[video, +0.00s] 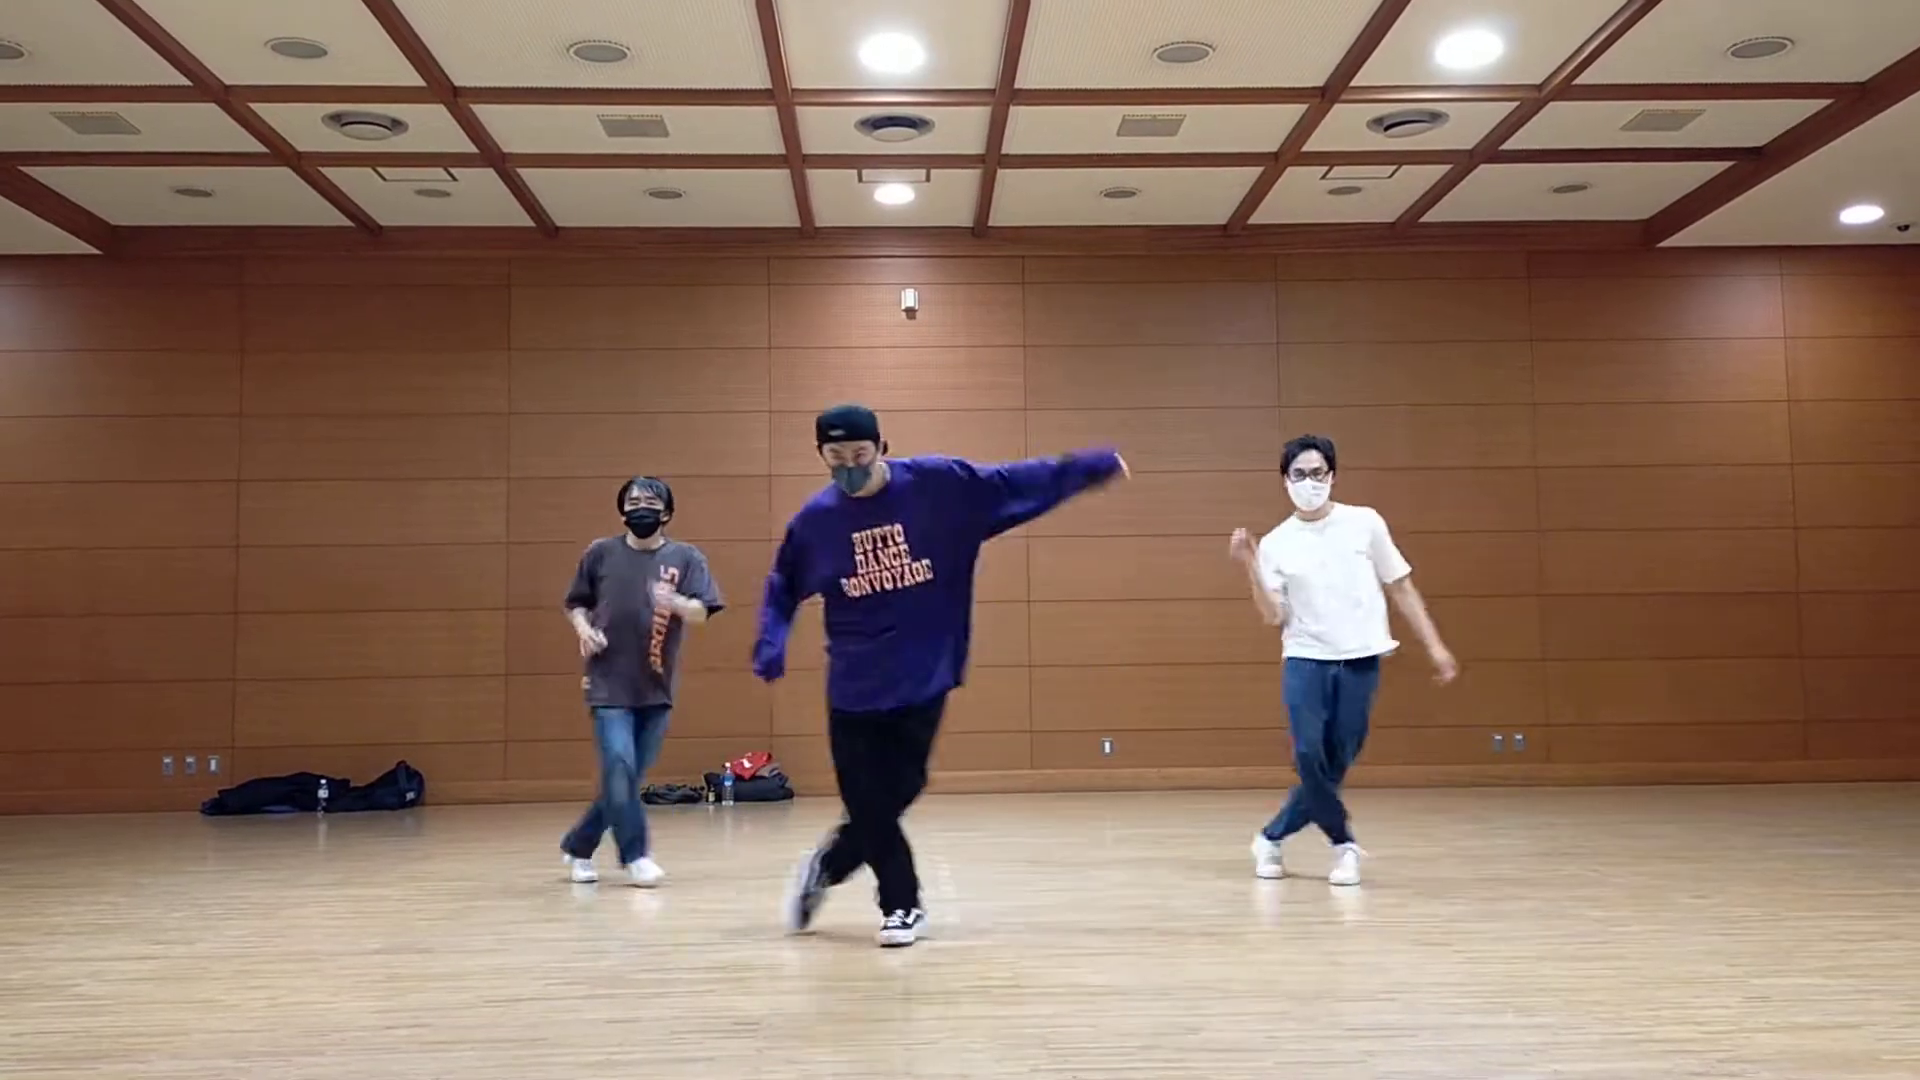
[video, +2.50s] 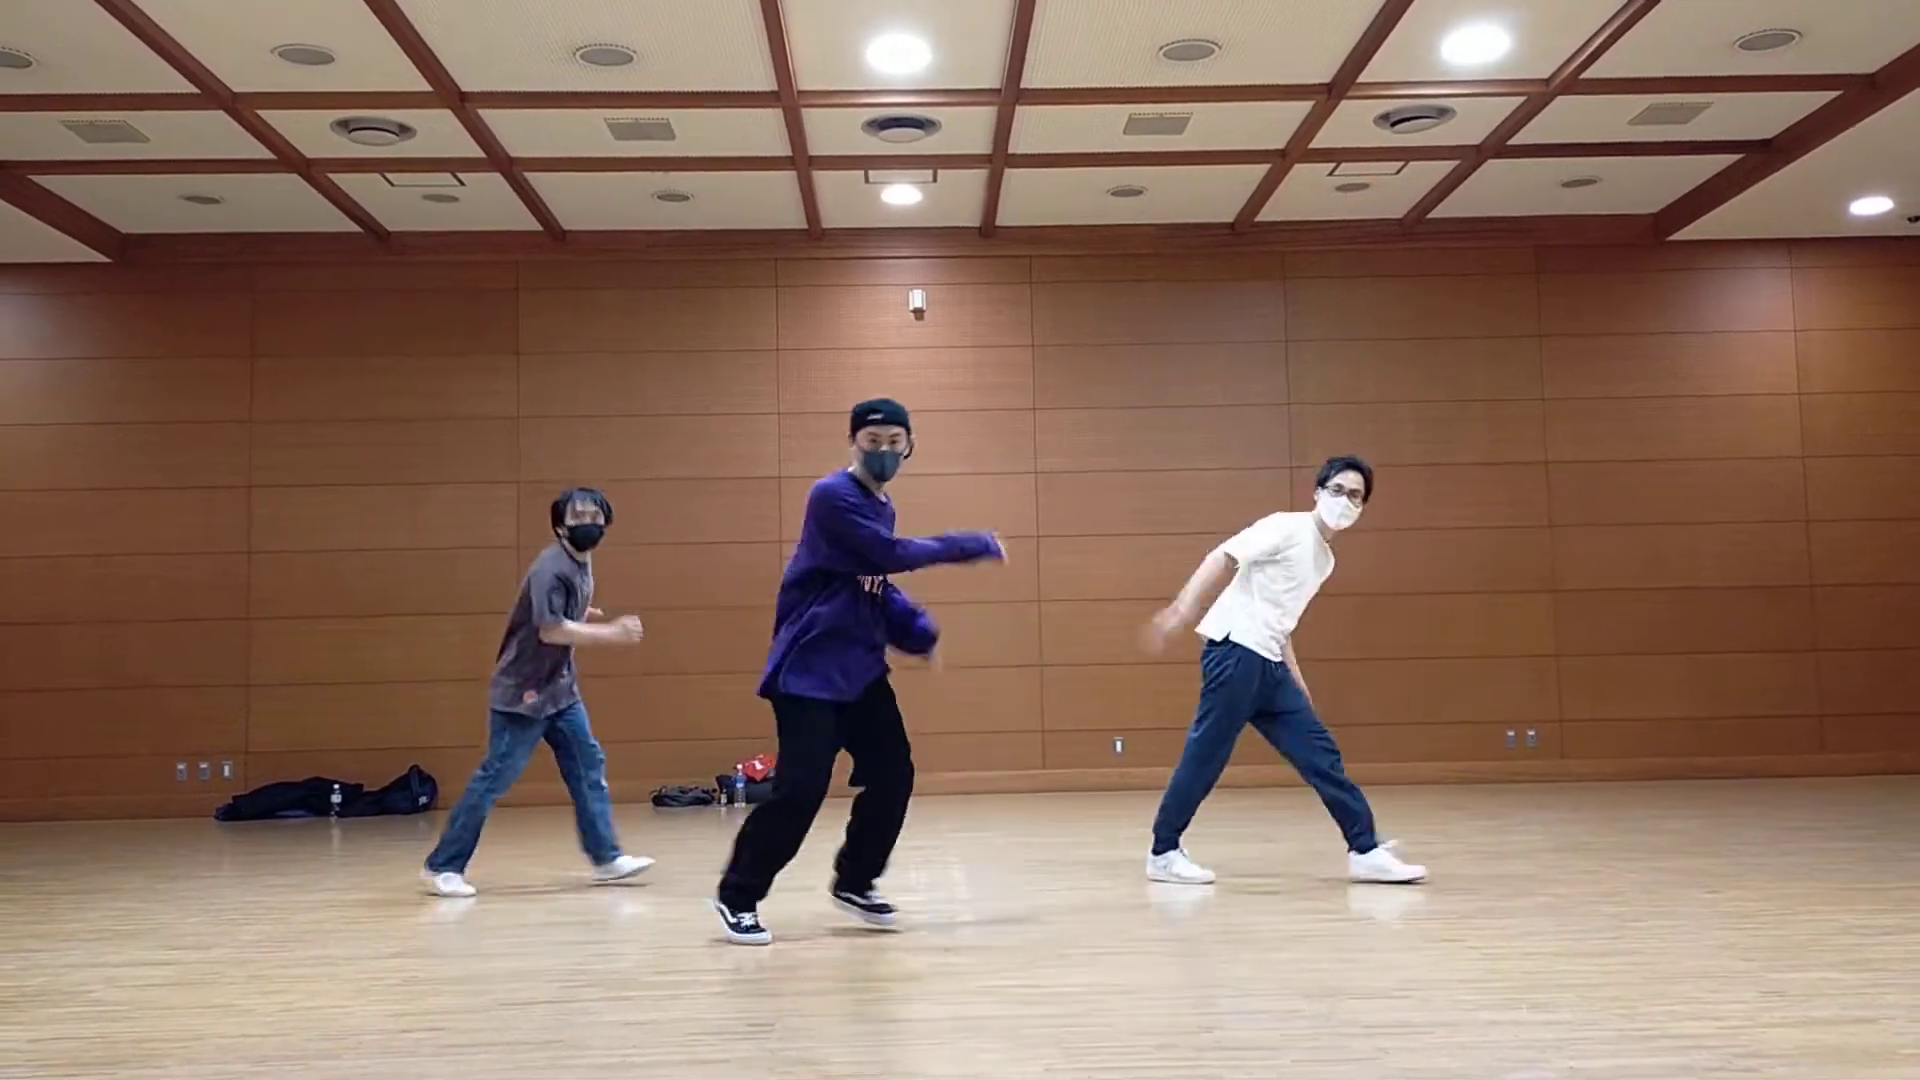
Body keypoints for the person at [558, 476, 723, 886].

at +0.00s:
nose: (641, 508)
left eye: (650, 502)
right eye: (634, 502)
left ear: (665, 511)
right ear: (623, 510)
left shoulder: (686, 559)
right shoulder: (601, 554)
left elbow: (703, 611)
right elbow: (576, 603)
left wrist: (675, 603)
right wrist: (584, 628)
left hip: (657, 687)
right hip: (609, 684)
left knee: (631, 776)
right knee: (620, 764)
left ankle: (578, 846)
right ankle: (635, 855)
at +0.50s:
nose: (645, 521)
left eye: (652, 514)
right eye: (636, 515)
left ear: (664, 523)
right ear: (620, 525)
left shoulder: (647, 567)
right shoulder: (604, 571)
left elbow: (627, 621)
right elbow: (601, 634)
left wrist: (661, 626)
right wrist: (663, 631)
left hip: (620, 692)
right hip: (582, 694)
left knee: (649, 773)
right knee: (557, 777)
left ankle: (681, 852)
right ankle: (498, 859)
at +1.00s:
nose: (705, 517)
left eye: (712, 509)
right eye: (698, 509)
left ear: (727, 513)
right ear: (683, 516)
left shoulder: (742, 560)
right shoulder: (661, 559)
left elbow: (781, 607)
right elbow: (640, 612)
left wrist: (819, 642)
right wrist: (677, 633)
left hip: (727, 689)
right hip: (681, 691)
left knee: (728, 772)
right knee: (699, 777)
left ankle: (704, 855)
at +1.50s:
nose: (673, 522)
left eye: (683, 515)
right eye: (667, 515)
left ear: (703, 523)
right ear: (660, 523)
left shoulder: (719, 565)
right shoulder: (683, 570)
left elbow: (723, 623)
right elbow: (700, 622)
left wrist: (662, 625)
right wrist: (658, 619)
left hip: (745, 687)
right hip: (707, 687)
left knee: (772, 772)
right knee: (680, 770)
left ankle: (814, 851)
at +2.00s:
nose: (600, 508)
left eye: (609, 501)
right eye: (593, 501)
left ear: (625, 511)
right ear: (582, 510)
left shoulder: (647, 556)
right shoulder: (563, 553)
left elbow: (657, 612)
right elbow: (544, 606)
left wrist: (621, 620)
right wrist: (527, 647)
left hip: (627, 688)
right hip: (578, 686)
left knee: (607, 775)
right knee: (582, 771)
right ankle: (612, 855)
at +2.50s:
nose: (587, 522)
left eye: (594, 515)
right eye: (577, 515)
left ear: (605, 523)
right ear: (561, 523)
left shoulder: (581, 565)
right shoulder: (550, 569)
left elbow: (559, 606)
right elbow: (550, 631)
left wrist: (582, 613)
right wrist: (610, 634)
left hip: (558, 688)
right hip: (521, 692)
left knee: (587, 764)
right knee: (495, 777)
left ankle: (606, 858)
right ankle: (443, 867)